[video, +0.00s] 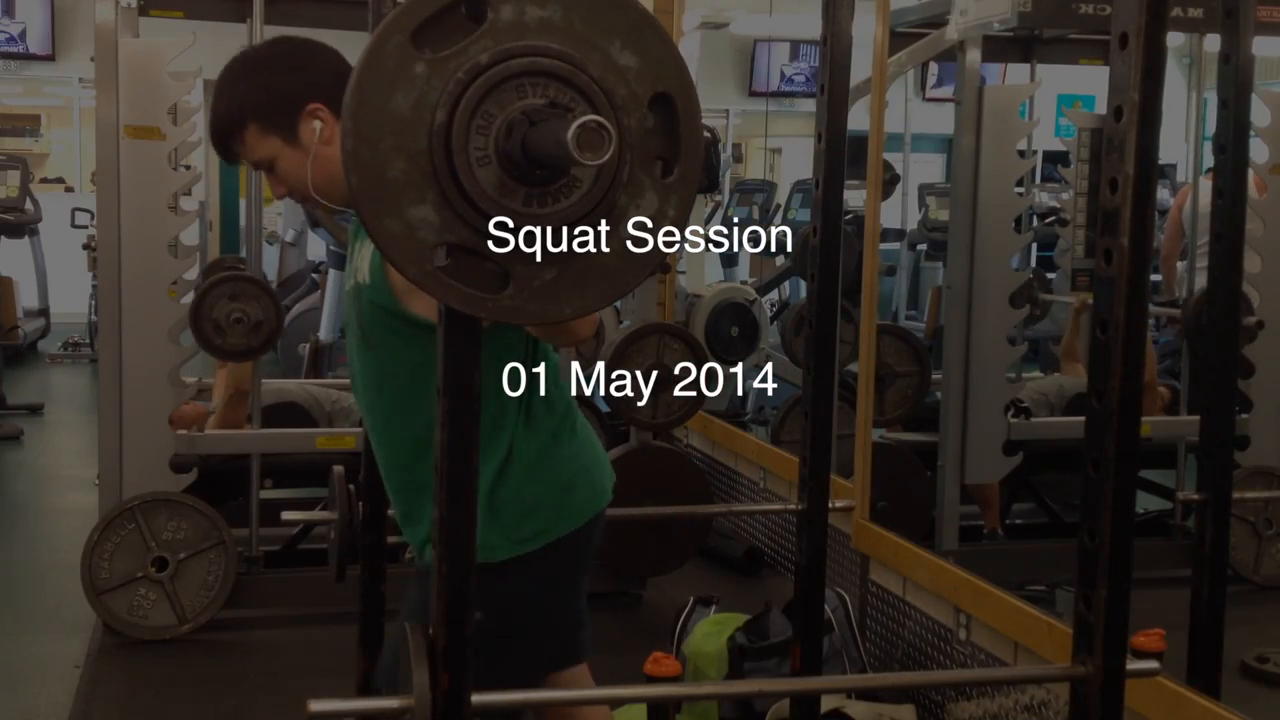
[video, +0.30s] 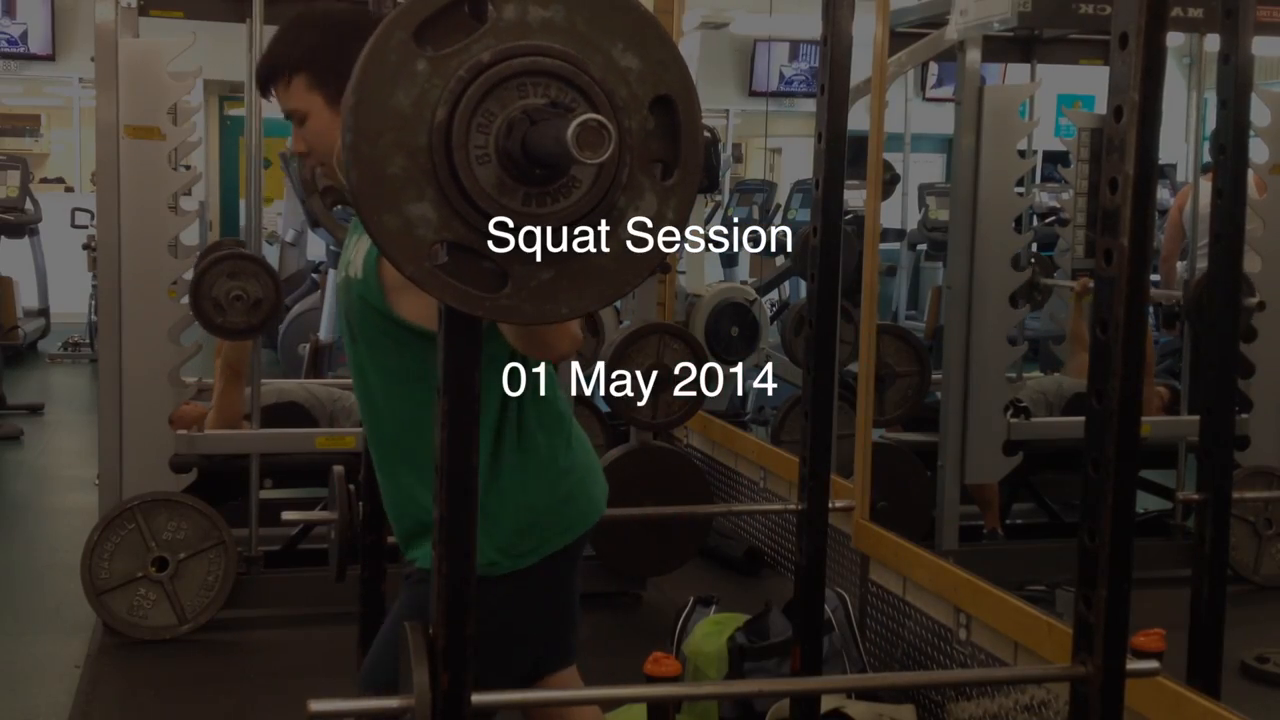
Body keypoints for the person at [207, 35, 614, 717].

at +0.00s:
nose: (277, 193)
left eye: (269, 166)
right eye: (262, 174)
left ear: (319, 125)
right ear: (322, 126)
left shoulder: (399, 233)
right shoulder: (376, 228)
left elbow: (570, 320)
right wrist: (226, 406)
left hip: (506, 520)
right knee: (564, 685)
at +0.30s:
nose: (297, 144)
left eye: (302, 119)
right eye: (291, 124)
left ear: (360, 100)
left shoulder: (413, 227)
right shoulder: (375, 225)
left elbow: (556, 339)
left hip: (500, 531)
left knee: (387, 697)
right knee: (553, 688)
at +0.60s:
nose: (296, 140)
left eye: (300, 114)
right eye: (290, 120)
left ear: (358, 97)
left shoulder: (402, 234)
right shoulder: (372, 227)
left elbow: (559, 334)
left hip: (488, 534)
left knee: (383, 705)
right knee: (557, 684)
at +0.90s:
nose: (293, 136)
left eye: (296, 111)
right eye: (287, 116)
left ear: (353, 96)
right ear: (342, 103)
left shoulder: (403, 231)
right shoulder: (381, 224)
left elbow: (572, 328)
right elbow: (566, 326)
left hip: (492, 528)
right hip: (543, 496)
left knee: (406, 699)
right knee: (571, 678)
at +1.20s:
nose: (291, 153)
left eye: (293, 128)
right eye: (282, 136)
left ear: (348, 103)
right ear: (341, 108)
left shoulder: (409, 224)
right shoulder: (387, 223)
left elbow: (583, 321)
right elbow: (581, 319)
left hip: (513, 511)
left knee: (456, 691)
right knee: (578, 670)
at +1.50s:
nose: (290, 157)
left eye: (291, 132)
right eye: (280, 140)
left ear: (347, 104)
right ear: (343, 110)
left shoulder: (403, 217)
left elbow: (588, 318)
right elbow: (588, 317)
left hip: (507, 515)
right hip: (557, 492)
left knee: (447, 695)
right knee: (578, 679)